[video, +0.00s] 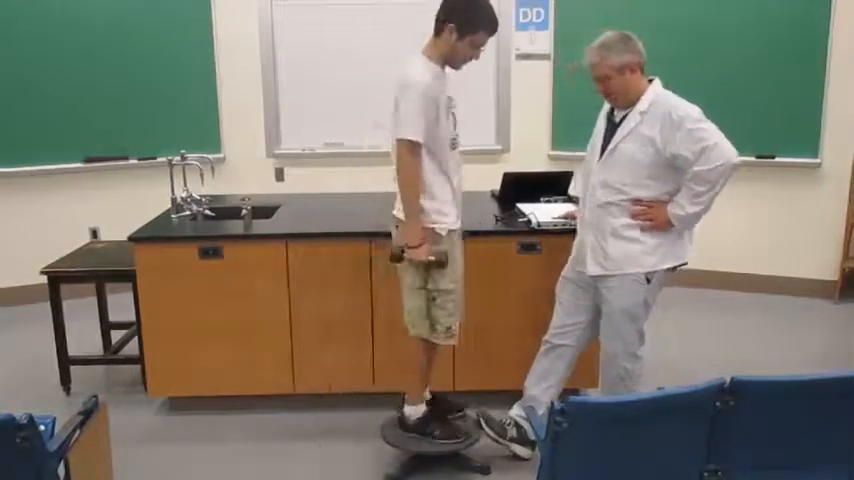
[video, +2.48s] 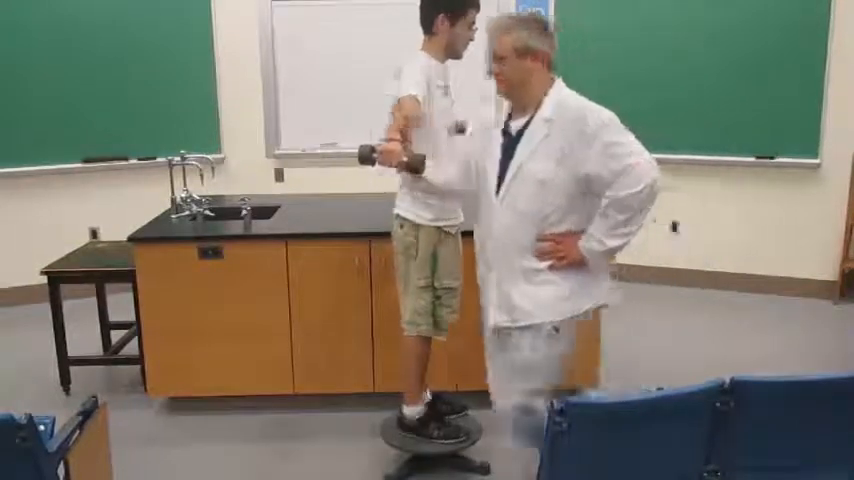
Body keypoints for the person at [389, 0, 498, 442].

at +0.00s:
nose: (476, 57)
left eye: (480, 48)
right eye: (474, 46)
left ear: (453, 33)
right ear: (448, 31)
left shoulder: (435, 77)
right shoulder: (420, 81)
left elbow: (428, 154)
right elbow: (408, 153)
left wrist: (443, 218)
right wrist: (413, 222)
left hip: (442, 221)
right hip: (428, 223)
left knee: (436, 320)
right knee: (428, 322)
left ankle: (424, 398)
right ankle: (414, 409)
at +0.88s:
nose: (472, 32)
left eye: (473, 23)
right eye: (470, 22)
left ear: (441, 21)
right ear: (453, 20)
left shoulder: (435, 68)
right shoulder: (426, 68)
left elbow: (429, 131)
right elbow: (420, 127)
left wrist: (449, 185)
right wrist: (440, 184)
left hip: (435, 216)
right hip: (423, 217)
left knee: (431, 314)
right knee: (421, 316)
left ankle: (423, 398)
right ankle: (414, 411)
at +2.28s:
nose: (474, 35)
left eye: (475, 26)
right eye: (470, 25)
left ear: (446, 25)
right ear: (445, 23)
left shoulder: (438, 72)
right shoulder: (423, 68)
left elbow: (442, 141)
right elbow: (418, 111)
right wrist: (419, 136)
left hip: (439, 215)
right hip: (422, 215)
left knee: (432, 314)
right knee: (422, 316)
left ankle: (421, 399)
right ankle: (414, 411)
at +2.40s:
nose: (473, 35)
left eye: (474, 26)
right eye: (470, 26)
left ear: (444, 25)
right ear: (443, 24)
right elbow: (408, 106)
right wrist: (402, 134)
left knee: (432, 314)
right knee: (420, 316)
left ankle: (422, 399)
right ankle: (412, 411)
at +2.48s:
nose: (473, 35)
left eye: (474, 26)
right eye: (470, 26)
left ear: (444, 25)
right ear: (443, 24)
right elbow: (408, 106)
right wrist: (402, 134)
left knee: (432, 314)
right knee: (420, 316)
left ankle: (422, 399)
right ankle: (412, 411)